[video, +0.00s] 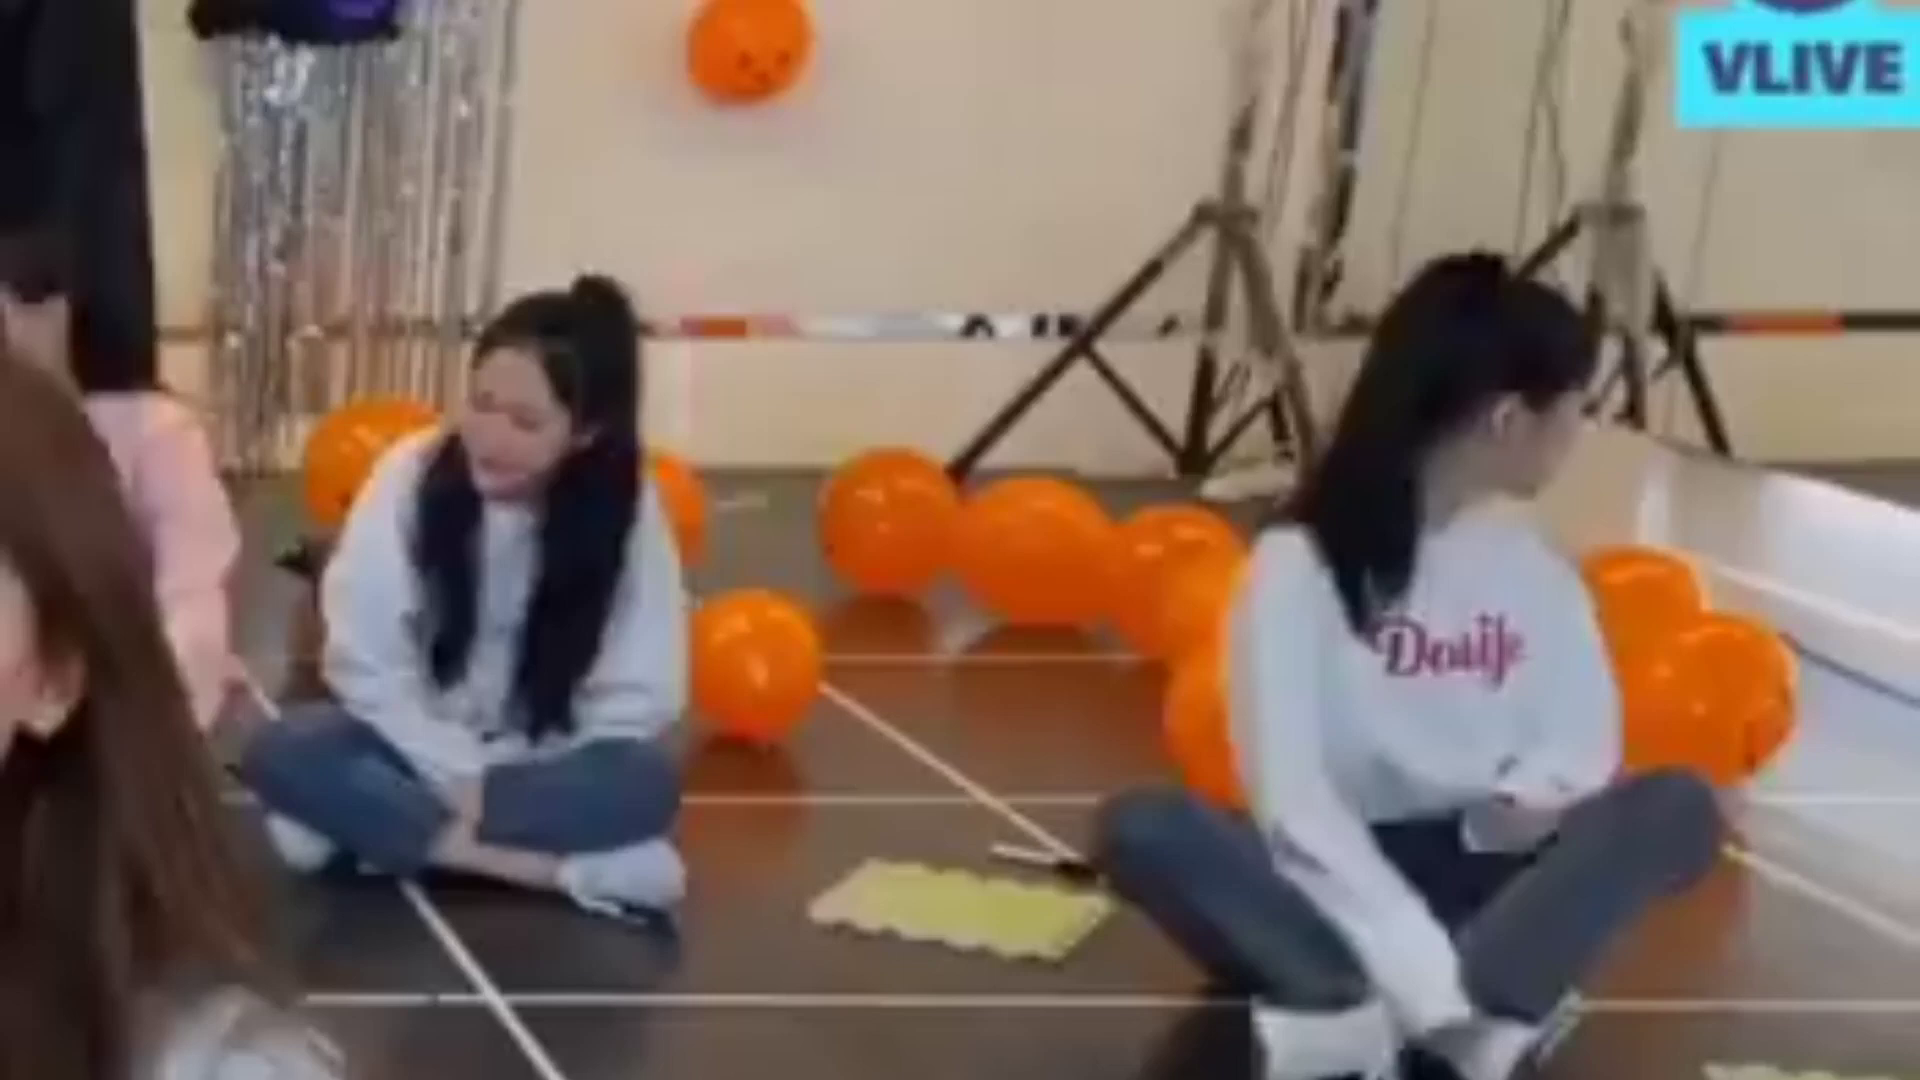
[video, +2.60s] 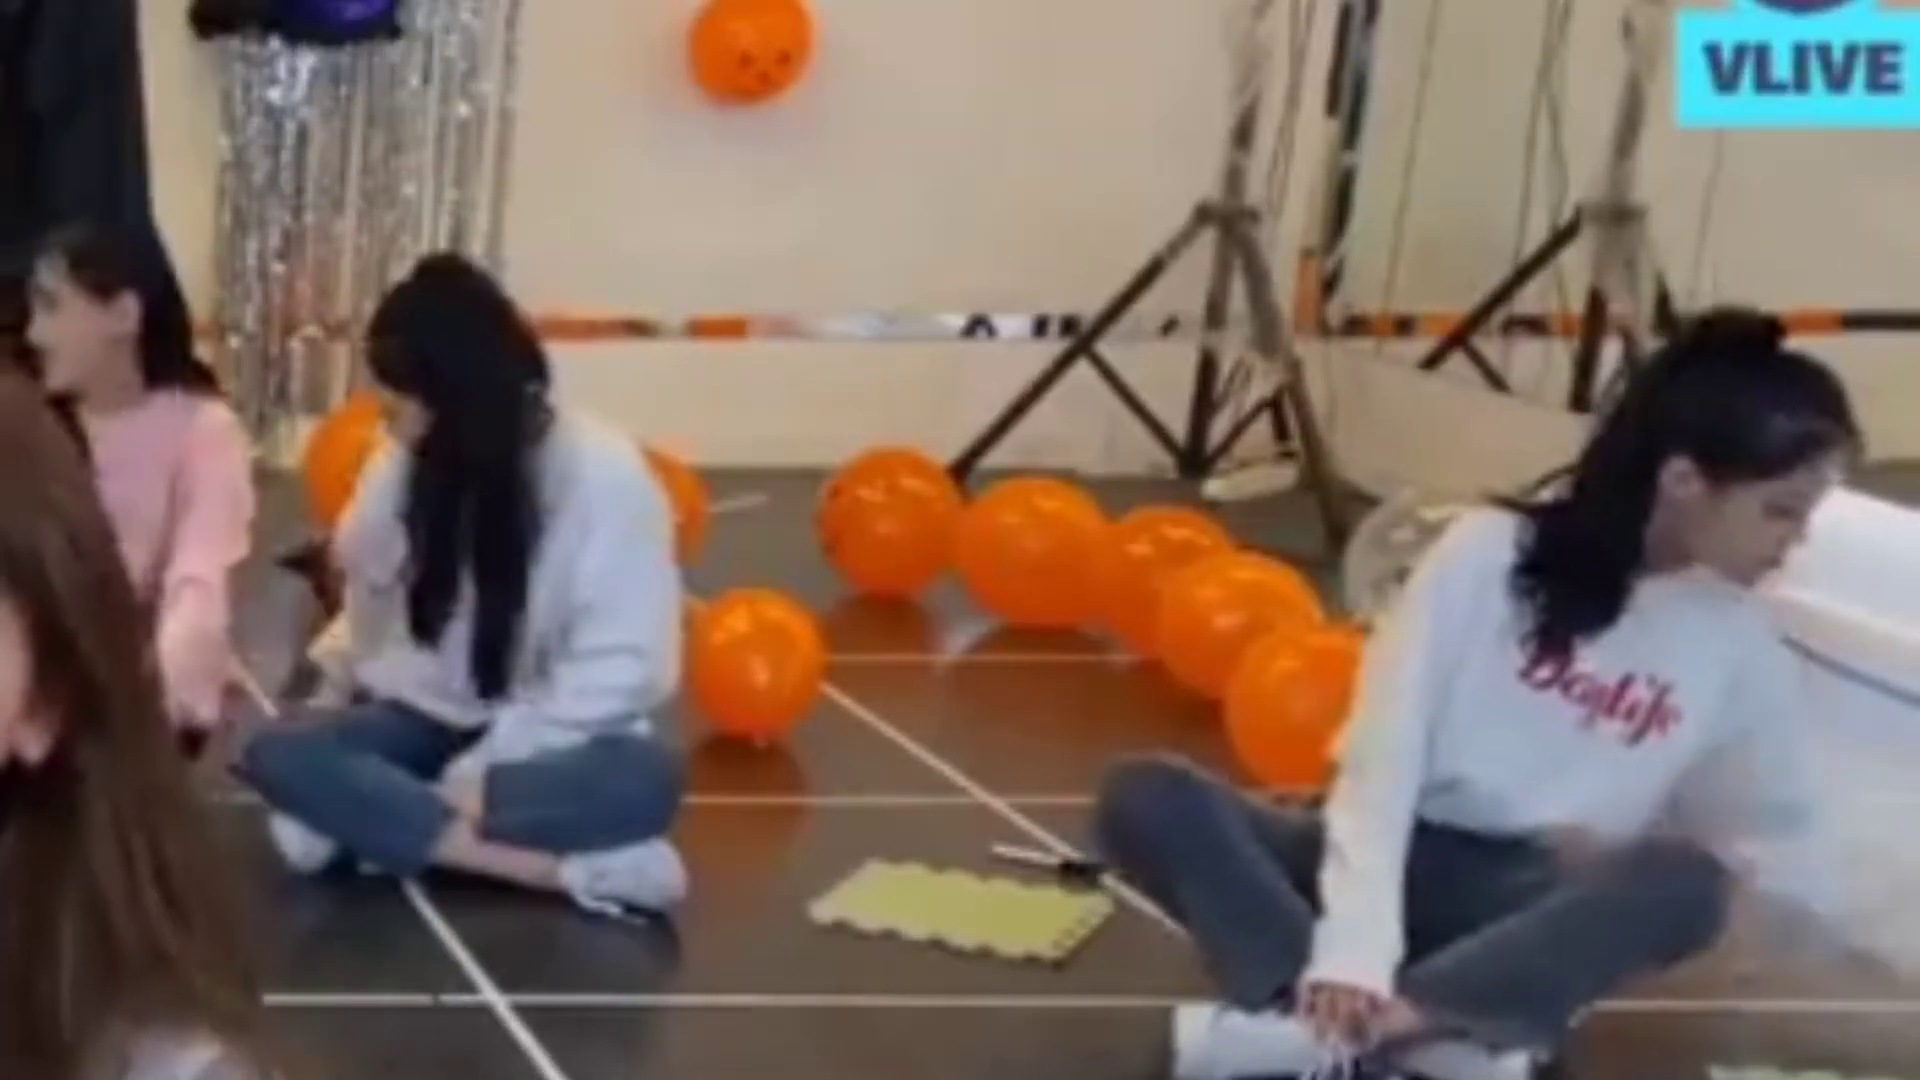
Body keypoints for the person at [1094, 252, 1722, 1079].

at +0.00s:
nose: (1577, 436)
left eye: (1581, 411)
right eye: (1574, 410)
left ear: (1499, 422)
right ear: (1505, 419)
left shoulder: (1528, 561)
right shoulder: (1298, 558)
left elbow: (1584, 731)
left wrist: (1536, 800)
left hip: (1490, 859)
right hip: (1337, 861)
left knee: (1679, 808)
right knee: (1141, 826)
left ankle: (1380, 1041)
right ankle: (1456, 1043)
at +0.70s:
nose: (1572, 470)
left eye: (1579, 448)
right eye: (1566, 448)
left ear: (1489, 447)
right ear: (1491, 447)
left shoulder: (1547, 575)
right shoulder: (1273, 578)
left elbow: (1572, 763)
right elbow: (1266, 803)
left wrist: (1434, 893)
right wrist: (1379, 940)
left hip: (1491, 862)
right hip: (1320, 870)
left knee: (1685, 832)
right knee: (1118, 856)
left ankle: (1380, 1038)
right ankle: (1452, 1043)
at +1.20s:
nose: (1589, 482)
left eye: (1595, 454)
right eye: (1581, 453)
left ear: (1489, 447)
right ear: (1488, 444)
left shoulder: (1563, 582)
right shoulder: (1275, 572)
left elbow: (1614, 782)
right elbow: (1232, 792)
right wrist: (1329, 920)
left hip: (1483, 863)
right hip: (1308, 859)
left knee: (1647, 820)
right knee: (1107, 869)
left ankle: (1336, 1026)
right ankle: (1429, 1035)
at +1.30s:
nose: (1626, 477)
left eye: (1631, 451)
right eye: (1616, 449)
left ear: (1525, 446)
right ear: (1523, 442)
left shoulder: (1589, 592)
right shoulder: (1302, 565)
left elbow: (1616, 787)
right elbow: (1234, 787)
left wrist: (1722, 759)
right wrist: (1321, 922)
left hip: (1485, 879)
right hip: (1311, 867)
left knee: (1666, 830)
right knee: (1101, 876)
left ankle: (1339, 1032)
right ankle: (1424, 1034)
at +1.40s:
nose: (1684, 481)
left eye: (1685, 454)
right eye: (1661, 455)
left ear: (1569, 453)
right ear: (1558, 450)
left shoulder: (1635, 618)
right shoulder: (1350, 562)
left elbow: (1712, 808)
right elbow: (1253, 767)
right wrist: (1321, 951)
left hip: (1483, 890)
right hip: (1318, 867)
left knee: (1674, 846)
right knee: (1104, 870)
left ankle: (1344, 1031)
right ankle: (1424, 1034)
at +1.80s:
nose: (1808, 531)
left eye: (1814, 505)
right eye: (1792, 507)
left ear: (1708, 504)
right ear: (1690, 498)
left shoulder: (1737, 675)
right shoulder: (1478, 563)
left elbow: (1834, 830)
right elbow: (1361, 763)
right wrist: (1344, 955)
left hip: (1516, 898)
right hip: (1364, 857)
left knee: (1696, 904)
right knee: (1122, 826)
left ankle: (1325, 1042)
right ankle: (1420, 1048)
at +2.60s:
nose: (1799, 538)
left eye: (1809, 513)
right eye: (1782, 510)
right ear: (1683, 483)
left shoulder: (1736, 647)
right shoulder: (1482, 554)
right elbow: (1376, 761)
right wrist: (1351, 948)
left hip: (1516, 891)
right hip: (1369, 856)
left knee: (1687, 889)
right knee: (1143, 793)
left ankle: (1325, 1038)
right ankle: (1410, 1046)